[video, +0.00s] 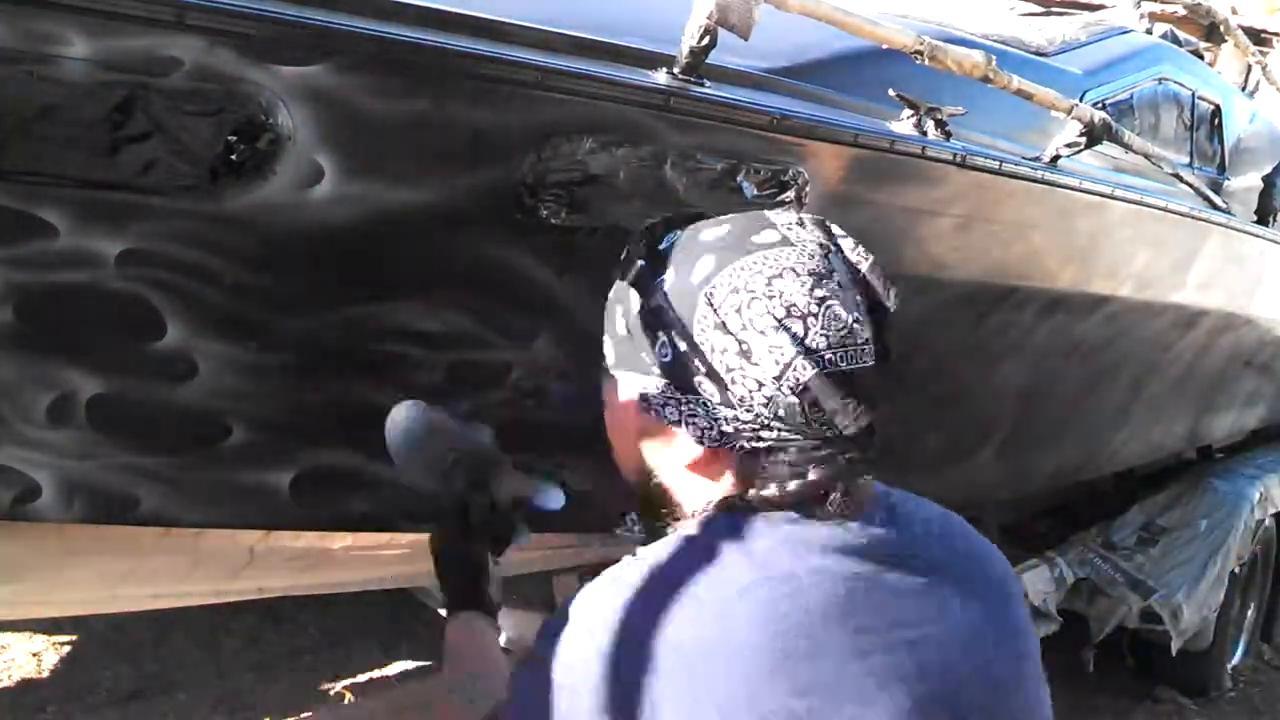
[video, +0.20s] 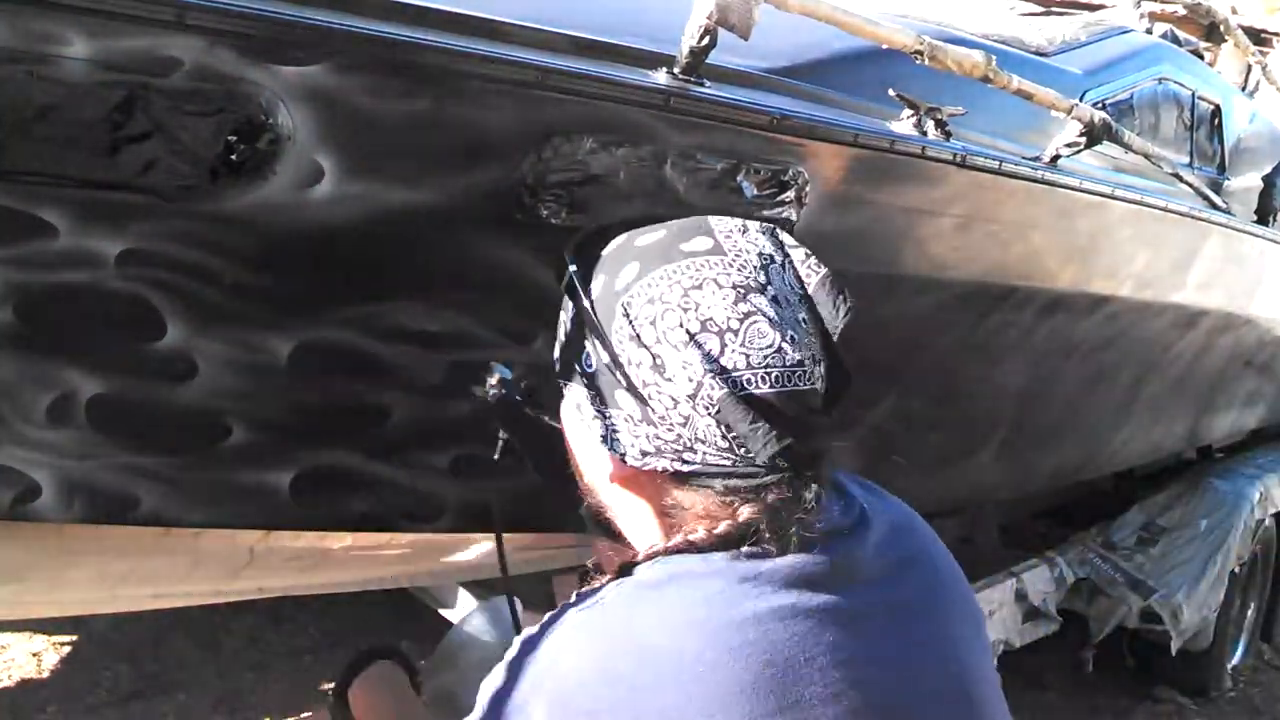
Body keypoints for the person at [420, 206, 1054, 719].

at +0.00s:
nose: (611, 382)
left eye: (626, 367)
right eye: (620, 359)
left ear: (688, 433)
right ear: (838, 396)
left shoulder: (607, 638)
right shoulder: (979, 567)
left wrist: (469, 689)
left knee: (475, 664)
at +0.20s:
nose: (564, 406)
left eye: (577, 382)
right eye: (573, 380)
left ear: (625, 439)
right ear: (794, 404)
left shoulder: (570, 673)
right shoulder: (899, 536)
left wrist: (379, 700)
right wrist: (659, 573)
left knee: (380, 678)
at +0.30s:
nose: (509, 442)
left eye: (518, 428)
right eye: (516, 419)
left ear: (582, 488)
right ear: (735, 422)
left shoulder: (552, 699)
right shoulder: (849, 517)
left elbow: (381, 708)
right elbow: (698, 542)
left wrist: (259, 568)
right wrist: (554, 511)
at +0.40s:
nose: (496, 447)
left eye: (503, 431)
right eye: (499, 425)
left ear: (568, 490)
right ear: (729, 417)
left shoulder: (546, 699)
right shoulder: (844, 517)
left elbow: (387, 709)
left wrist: (261, 568)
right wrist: (518, 495)